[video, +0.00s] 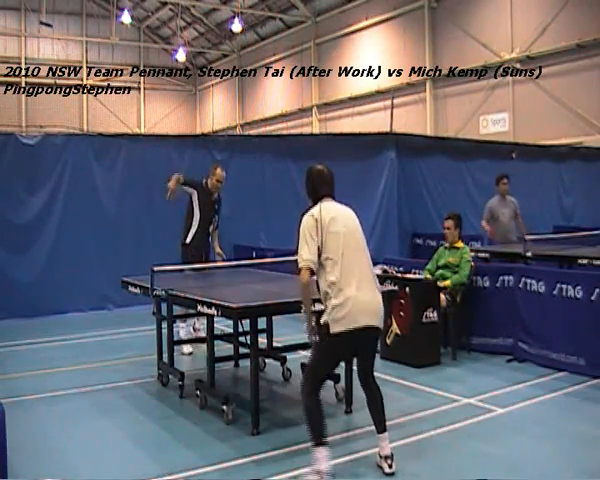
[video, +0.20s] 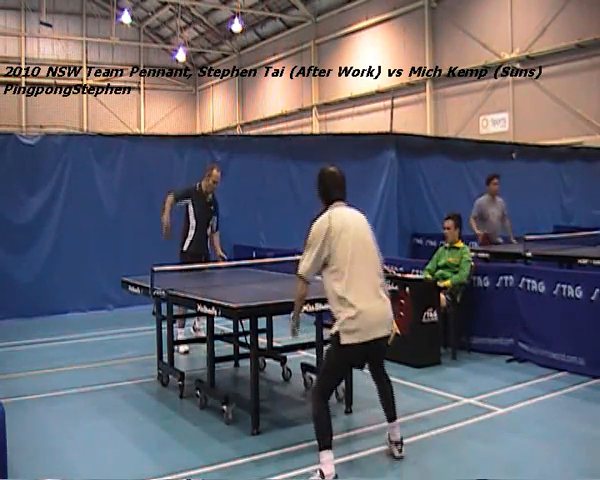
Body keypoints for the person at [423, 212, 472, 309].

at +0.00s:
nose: (445, 232)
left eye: (448, 229)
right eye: (444, 229)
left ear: (457, 230)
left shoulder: (464, 251)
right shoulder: (442, 249)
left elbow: (463, 276)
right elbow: (429, 267)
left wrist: (446, 283)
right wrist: (428, 276)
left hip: (453, 284)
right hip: (436, 281)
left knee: (442, 298)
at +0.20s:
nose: (445, 232)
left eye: (448, 229)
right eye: (444, 229)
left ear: (457, 230)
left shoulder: (464, 251)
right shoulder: (442, 249)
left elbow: (463, 276)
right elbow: (429, 267)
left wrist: (446, 283)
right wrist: (428, 276)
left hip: (452, 285)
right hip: (435, 281)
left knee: (442, 298)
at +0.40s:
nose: (445, 232)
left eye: (448, 229)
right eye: (444, 229)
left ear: (457, 230)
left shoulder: (464, 251)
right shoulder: (442, 249)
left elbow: (463, 276)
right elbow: (429, 267)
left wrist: (446, 283)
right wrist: (428, 276)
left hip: (452, 284)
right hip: (435, 281)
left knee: (441, 298)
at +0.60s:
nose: (445, 232)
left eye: (448, 229)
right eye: (444, 229)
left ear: (457, 230)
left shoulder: (464, 251)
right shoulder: (442, 249)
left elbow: (463, 276)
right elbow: (430, 266)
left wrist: (446, 283)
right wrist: (428, 276)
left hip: (452, 284)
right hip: (435, 281)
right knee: (423, 285)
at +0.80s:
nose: (445, 232)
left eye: (448, 229)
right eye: (444, 229)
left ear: (457, 230)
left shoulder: (464, 251)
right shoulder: (442, 249)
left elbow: (463, 276)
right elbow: (429, 268)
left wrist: (445, 283)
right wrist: (428, 278)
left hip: (453, 286)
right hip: (435, 282)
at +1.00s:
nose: (445, 232)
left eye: (448, 228)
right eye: (444, 229)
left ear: (458, 230)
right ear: (442, 229)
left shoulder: (464, 251)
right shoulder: (441, 249)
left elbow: (463, 275)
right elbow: (431, 267)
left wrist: (447, 283)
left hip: (453, 284)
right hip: (437, 282)